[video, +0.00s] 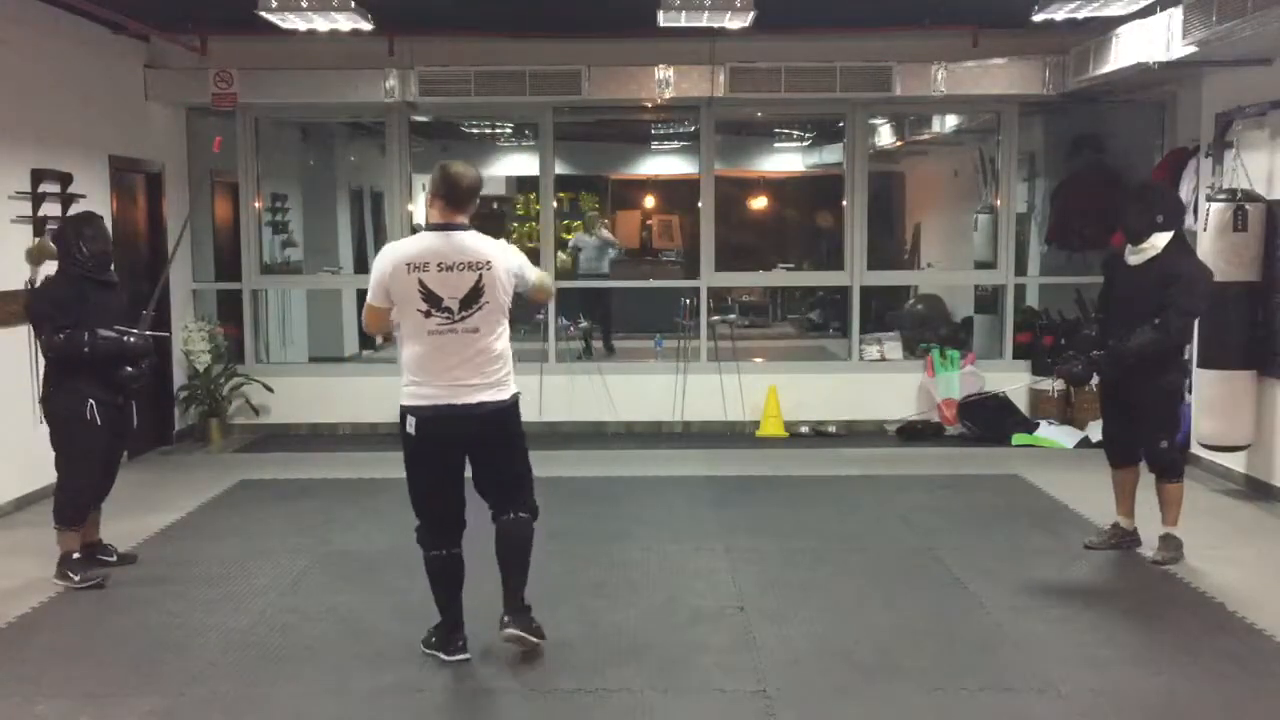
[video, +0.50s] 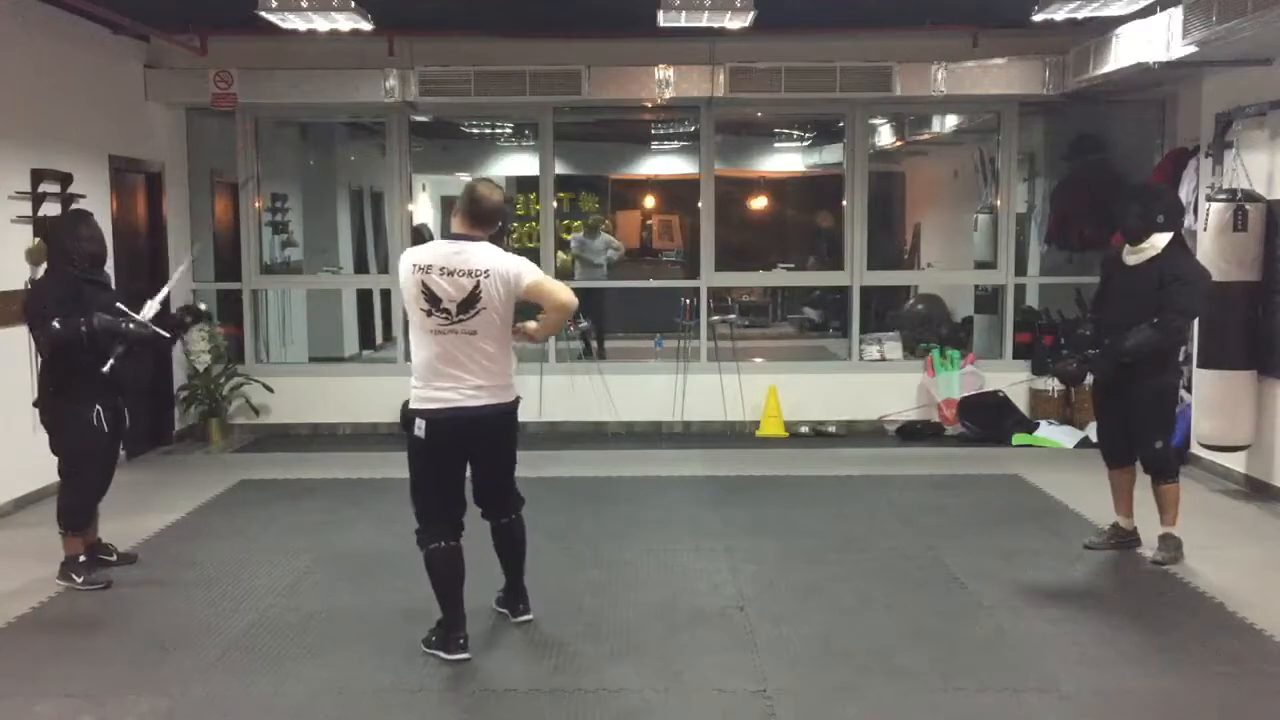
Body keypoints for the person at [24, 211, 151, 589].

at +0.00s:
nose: (100, 247)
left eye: (102, 239)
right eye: (90, 240)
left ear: (107, 242)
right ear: (71, 245)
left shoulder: (113, 289)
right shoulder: (52, 290)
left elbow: (136, 336)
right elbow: (54, 345)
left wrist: (140, 364)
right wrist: (115, 343)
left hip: (109, 389)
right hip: (71, 391)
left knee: (102, 466)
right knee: (78, 469)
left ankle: (90, 544)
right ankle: (68, 558)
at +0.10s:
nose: (99, 249)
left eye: (101, 240)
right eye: (89, 241)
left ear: (106, 242)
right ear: (70, 245)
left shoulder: (111, 289)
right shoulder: (51, 290)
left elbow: (131, 337)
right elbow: (54, 345)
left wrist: (138, 357)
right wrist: (113, 342)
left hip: (107, 389)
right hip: (70, 392)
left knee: (102, 466)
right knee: (78, 469)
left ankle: (91, 544)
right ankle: (71, 558)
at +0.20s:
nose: (98, 249)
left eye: (99, 241)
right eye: (89, 242)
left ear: (101, 243)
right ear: (70, 245)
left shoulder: (109, 288)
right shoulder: (50, 291)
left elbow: (126, 333)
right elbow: (53, 346)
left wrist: (137, 346)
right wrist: (110, 341)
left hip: (105, 389)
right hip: (69, 393)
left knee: (101, 466)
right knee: (79, 469)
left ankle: (91, 544)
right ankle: (72, 559)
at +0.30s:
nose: (101, 244)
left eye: (100, 237)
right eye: (90, 239)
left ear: (101, 241)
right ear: (69, 246)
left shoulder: (104, 287)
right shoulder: (50, 289)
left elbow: (118, 332)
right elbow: (50, 345)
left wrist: (146, 342)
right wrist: (98, 337)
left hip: (104, 392)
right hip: (69, 395)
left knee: (98, 470)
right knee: (78, 472)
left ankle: (91, 545)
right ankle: (72, 560)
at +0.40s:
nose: (95, 242)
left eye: (96, 234)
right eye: (85, 235)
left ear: (99, 239)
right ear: (67, 243)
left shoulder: (100, 287)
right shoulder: (49, 288)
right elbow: (49, 341)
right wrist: (96, 329)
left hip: (102, 393)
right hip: (69, 395)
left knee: (97, 470)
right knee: (78, 473)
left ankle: (91, 545)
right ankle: (72, 560)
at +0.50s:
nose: (96, 241)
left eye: (96, 234)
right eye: (86, 235)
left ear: (97, 239)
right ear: (67, 242)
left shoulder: (98, 286)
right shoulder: (48, 287)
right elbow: (47, 337)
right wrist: (92, 325)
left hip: (101, 392)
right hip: (69, 396)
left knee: (97, 469)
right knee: (78, 472)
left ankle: (91, 545)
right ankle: (72, 560)